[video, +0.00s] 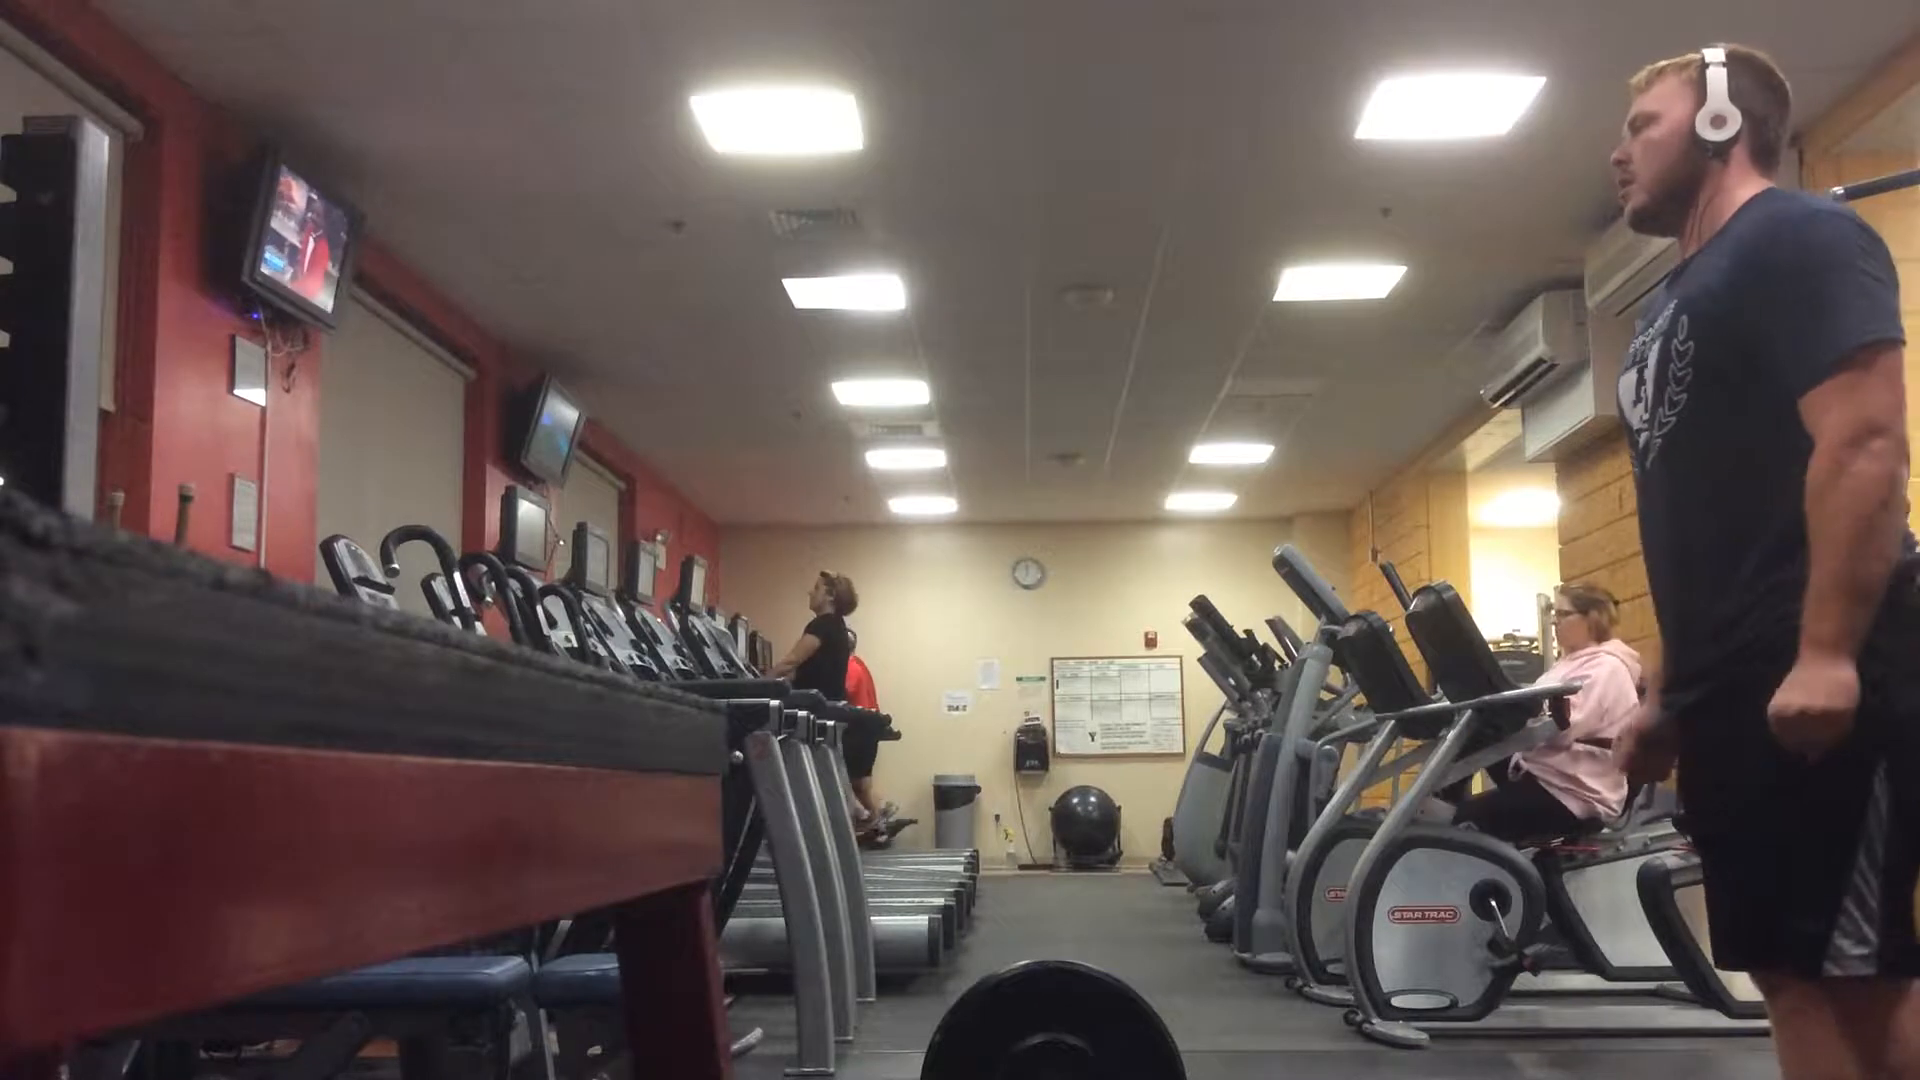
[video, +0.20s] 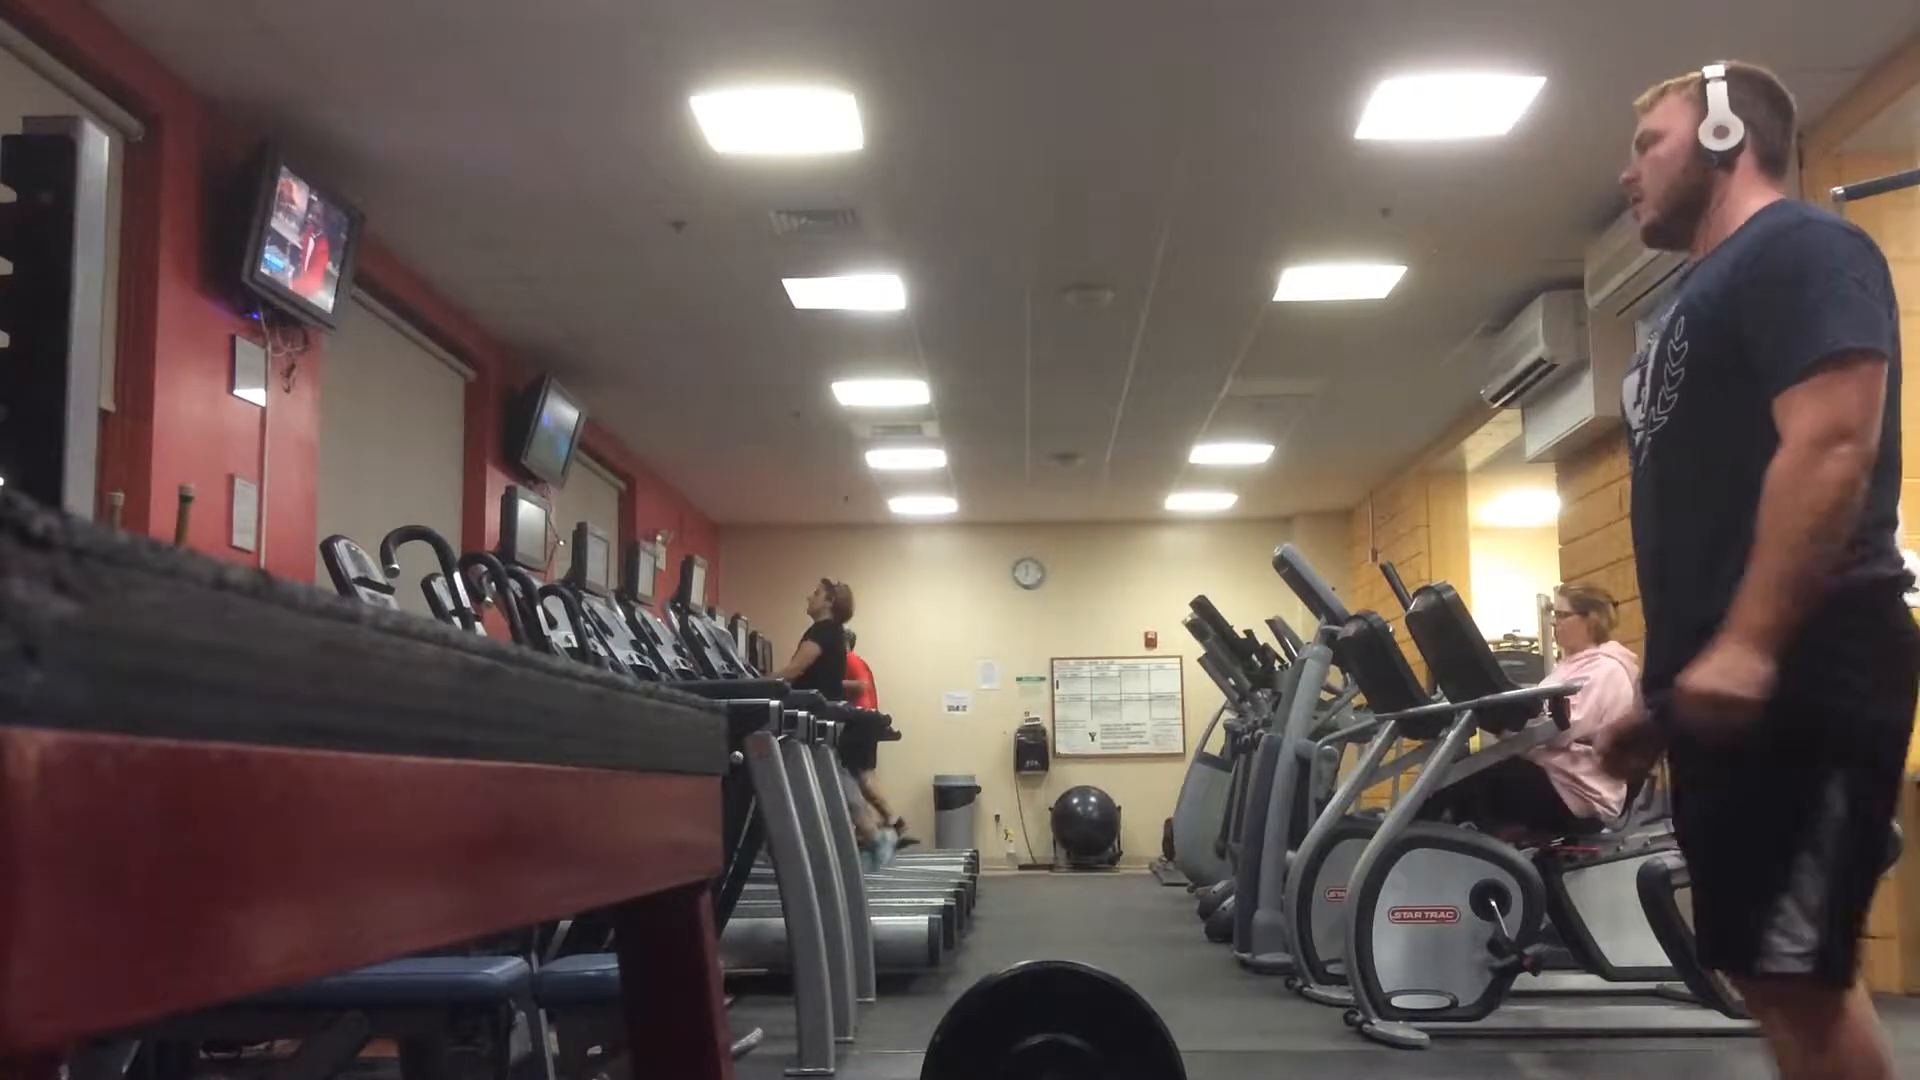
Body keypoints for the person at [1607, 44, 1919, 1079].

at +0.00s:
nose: (1619, 150)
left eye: (1641, 124)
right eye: (1623, 131)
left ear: (1721, 127)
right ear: (1705, 135)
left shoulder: (1798, 231)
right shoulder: (1665, 310)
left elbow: (1865, 441)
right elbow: (1708, 526)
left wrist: (1828, 651)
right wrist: (1677, 702)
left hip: (1834, 673)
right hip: (1733, 693)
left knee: (1868, 983)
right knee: (1789, 979)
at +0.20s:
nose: (1629, 170)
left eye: (1648, 141)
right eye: (1633, 148)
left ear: (1724, 139)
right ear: (1714, 147)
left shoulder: (1801, 242)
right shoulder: (1688, 305)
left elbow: (1832, 442)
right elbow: (1706, 524)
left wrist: (1747, 638)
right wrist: (1655, 698)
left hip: (1820, 641)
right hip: (1737, 653)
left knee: (1800, 978)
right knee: (1763, 968)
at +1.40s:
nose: (1601, 206)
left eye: (1620, 177)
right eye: (1602, 185)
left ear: (1698, 170)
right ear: (1683, 179)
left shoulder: (1797, 258)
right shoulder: (1671, 344)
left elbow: (1804, 444)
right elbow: (1674, 556)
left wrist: (1657, 597)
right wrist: (1583, 703)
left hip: (1817, 642)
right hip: (1736, 656)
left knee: (1719, 931)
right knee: (1820, 952)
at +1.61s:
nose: (1578, 198)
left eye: (1598, 172)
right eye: (1578, 179)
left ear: (1677, 172)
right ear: (1671, 182)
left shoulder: (1776, 256)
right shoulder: (1644, 357)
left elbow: (1850, 441)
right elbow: (1664, 564)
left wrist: (1823, 636)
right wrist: (1620, 732)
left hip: (1812, 658)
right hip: (1732, 683)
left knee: (1738, 949)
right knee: (1830, 975)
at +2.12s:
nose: (1556, 224)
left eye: (1561, 191)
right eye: (1544, 209)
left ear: (1634, 146)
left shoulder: (1775, 243)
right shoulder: (1611, 334)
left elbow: (1776, 455)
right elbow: (1600, 537)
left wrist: (1589, 618)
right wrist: (1518, 671)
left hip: (1765, 647)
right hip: (1651, 661)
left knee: (1767, 991)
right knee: (1671, 968)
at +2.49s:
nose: (1497, 215)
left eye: (1504, 180)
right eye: (1487, 197)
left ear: (1581, 139)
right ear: (1578, 154)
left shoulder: (1727, 240)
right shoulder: (1591, 313)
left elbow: (1788, 464)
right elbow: (1598, 528)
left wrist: (1748, 681)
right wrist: (1573, 689)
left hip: (1749, 664)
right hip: (1630, 678)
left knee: (1766, 991)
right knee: (1601, 953)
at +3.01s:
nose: (1398, 249)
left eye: (1399, 217)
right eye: (1388, 234)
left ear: (1468, 173)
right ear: (1457, 186)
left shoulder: (1597, 251)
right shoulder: (1490, 319)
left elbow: (1616, 459)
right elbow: (1510, 519)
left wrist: (1486, 633)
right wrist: (1471, 701)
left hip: (1646, 647)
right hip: (1537, 657)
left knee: (1686, 997)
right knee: (1516, 977)